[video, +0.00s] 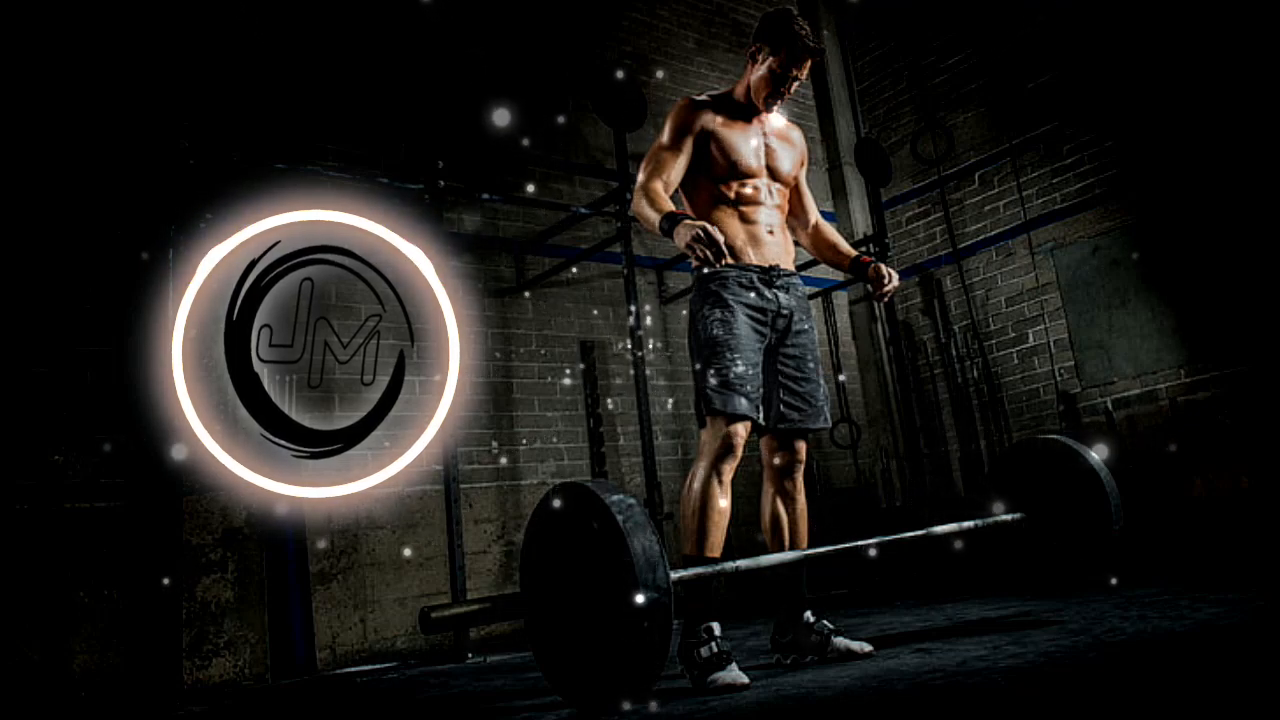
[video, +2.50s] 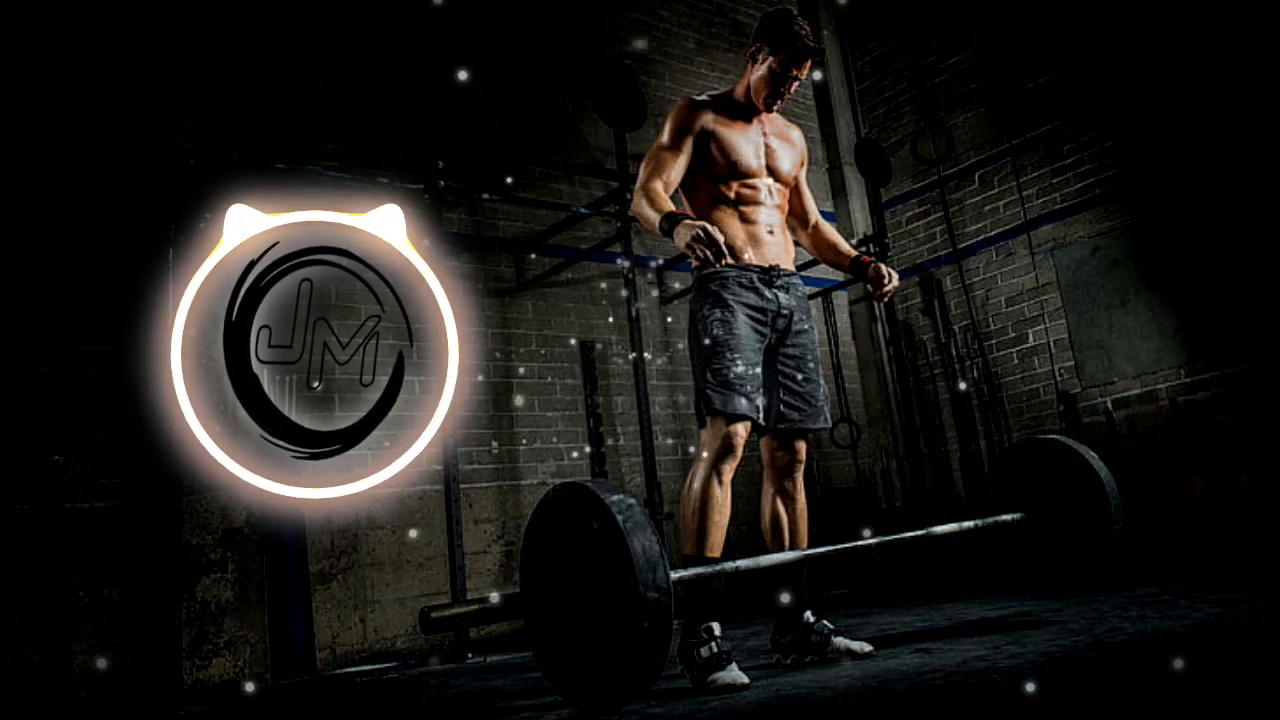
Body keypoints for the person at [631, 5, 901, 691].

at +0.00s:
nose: (787, 95)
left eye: (797, 85)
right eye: (784, 78)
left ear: (801, 78)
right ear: (756, 59)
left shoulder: (791, 136)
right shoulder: (697, 115)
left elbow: (809, 225)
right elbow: (644, 199)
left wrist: (861, 265)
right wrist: (676, 225)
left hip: (790, 297)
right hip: (730, 292)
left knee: (790, 455)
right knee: (729, 437)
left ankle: (797, 624)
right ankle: (698, 633)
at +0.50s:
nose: (791, 91)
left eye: (800, 82)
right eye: (788, 75)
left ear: (797, 79)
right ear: (757, 59)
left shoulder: (791, 136)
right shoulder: (698, 115)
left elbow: (809, 225)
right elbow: (644, 200)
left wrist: (861, 265)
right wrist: (676, 225)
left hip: (790, 296)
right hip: (731, 292)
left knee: (790, 454)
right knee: (729, 437)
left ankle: (797, 624)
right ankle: (698, 633)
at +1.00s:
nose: (790, 90)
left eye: (801, 79)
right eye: (787, 73)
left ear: (803, 76)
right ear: (756, 57)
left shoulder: (792, 136)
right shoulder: (697, 115)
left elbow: (808, 224)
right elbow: (645, 197)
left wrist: (860, 264)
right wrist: (677, 225)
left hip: (790, 297)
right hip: (731, 292)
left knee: (790, 455)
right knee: (730, 437)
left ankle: (796, 624)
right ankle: (698, 633)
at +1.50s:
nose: (787, 93)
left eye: (798, 83)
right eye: (783, 76)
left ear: (802, 77)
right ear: (756, 57)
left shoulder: (792, 135)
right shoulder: (698, 115)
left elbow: (808, 224)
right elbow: (645, 198)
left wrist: (860, 265)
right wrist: (676, 226)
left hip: (790, 296)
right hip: (730, 292)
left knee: (790, 454)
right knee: (729, 437)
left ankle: (797, 624)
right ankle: (698, 634)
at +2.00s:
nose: (790, 93)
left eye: (800, 82)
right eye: (787, 76)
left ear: (805, 77)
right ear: (757, 58)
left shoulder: (792, 136)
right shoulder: (697, 115)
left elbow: (809, 224)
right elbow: (645, 199)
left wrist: (860, 264)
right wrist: (677, 225)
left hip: (790, 296)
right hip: (731, 291)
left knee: (789, 455)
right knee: (729, 438)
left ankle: (796, 625)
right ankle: (698, 634)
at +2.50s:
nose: (789, 92)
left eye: (799, 81)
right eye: (786, 76)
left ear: (801, 77)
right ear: (756, 58)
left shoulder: (792, 137)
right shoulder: (697, 115)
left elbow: (809, 225)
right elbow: (645, 199)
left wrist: (860, 265)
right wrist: (676, 225)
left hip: (790, 296)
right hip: (730, 291)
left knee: (790, 454)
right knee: (729, 437)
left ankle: (794, 624)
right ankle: (698, 633)